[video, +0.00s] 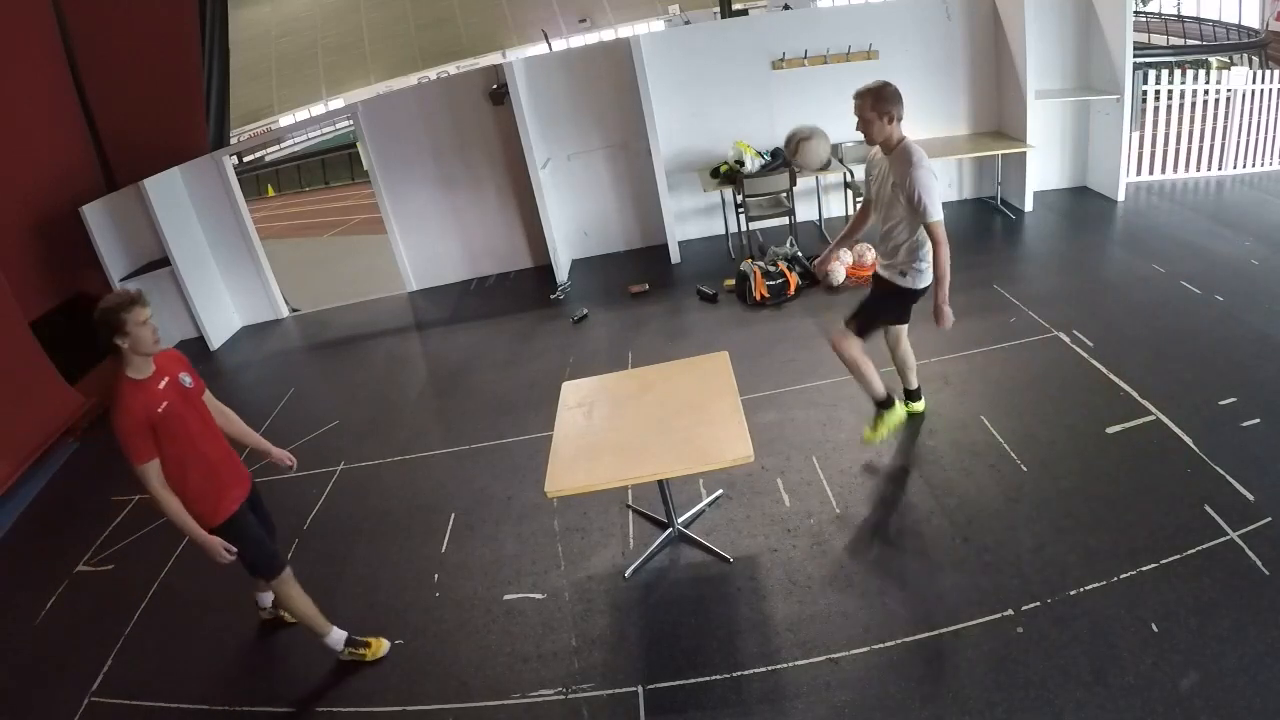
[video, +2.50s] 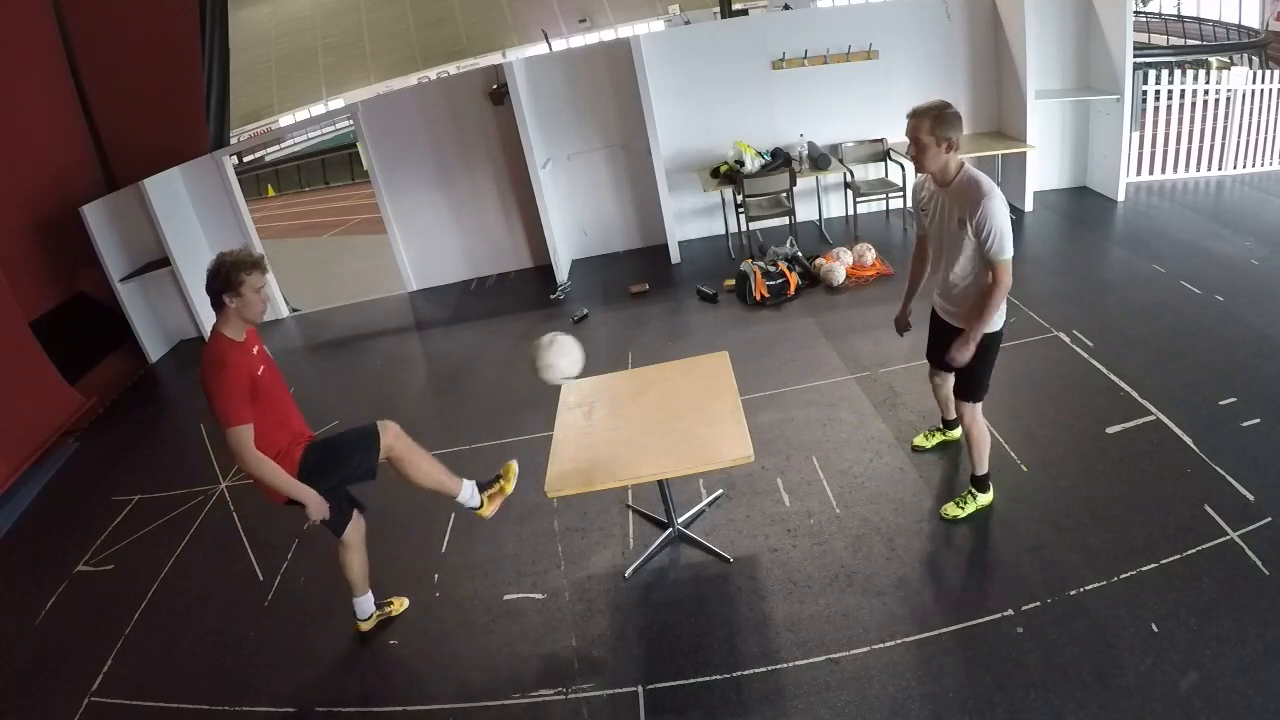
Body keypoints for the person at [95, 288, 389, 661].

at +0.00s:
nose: (154, 326)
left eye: (151, 318)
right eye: (143, 324)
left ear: (150, 319)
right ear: (121, 340)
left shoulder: (172, 360)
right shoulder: (128, 408)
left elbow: (216, 410)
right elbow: (156, 486)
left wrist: (267, 448)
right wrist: (201, 537)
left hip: (239, 480)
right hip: (215, 507)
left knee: (262, 547)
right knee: (278, 570)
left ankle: (267, 605)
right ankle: (339, 642)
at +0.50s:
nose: (206, 308)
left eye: (202, 300)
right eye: (196, 304)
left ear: (176, 318)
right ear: (170, 321)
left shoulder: (203, 347)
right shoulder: (176, 385)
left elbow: (244, 412)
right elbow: (214, 475)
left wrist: (284, 452)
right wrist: (283, 513)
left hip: (276, 477)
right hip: (254, 507)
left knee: (312, 541)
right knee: (305, 574)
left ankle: (335, 606)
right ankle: (342, 642)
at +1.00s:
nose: (250, 308)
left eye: (249, 299)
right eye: (242, 302)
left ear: (219, 309)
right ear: (212, 311)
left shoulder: (233, 344)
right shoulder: (206, 375)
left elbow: (256, 412)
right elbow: (228, 468)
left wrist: (293, 444)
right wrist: (286, 516)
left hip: (287, 483)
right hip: (266, 507)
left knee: (323, 552)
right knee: (313, 573)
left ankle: (345, 621)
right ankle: (341, 642)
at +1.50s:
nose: (271, 324)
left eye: (272, 315)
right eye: (266, 315)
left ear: (238, 311)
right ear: (236, 312)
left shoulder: (245, 345)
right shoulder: (215, 369)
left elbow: (257, 424)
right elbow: (224, 465)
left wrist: (284, 474)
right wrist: (267, 523)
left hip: (289, 483)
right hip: (272, 507)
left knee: (328, 557)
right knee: (329, 569)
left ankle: (347, 624)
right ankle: (364, 643)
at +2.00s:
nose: (262, 306)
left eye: (260, 296)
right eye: (254, 299)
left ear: (231, 306)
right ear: (226, 307)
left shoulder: (237, 341)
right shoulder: (219, 368)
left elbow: (259, 417)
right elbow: (239, 458)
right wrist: (296, 507)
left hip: (299, 470)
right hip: (292, 486)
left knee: (339, 532)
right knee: (384, 498)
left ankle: (366, 614)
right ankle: (416, 582)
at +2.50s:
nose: (265, 297)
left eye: (263, 289)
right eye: (257, 292)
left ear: (237, 298)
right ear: (229, 301)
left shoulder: (245, 336)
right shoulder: (222, 362)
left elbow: (268, 405)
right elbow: (245, 453)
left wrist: (310, 450)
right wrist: (306, 495)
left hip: (301, 453)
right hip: (291, 469)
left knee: (350, 524)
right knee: (388, 436)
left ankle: (367, 614)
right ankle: (475, 497)